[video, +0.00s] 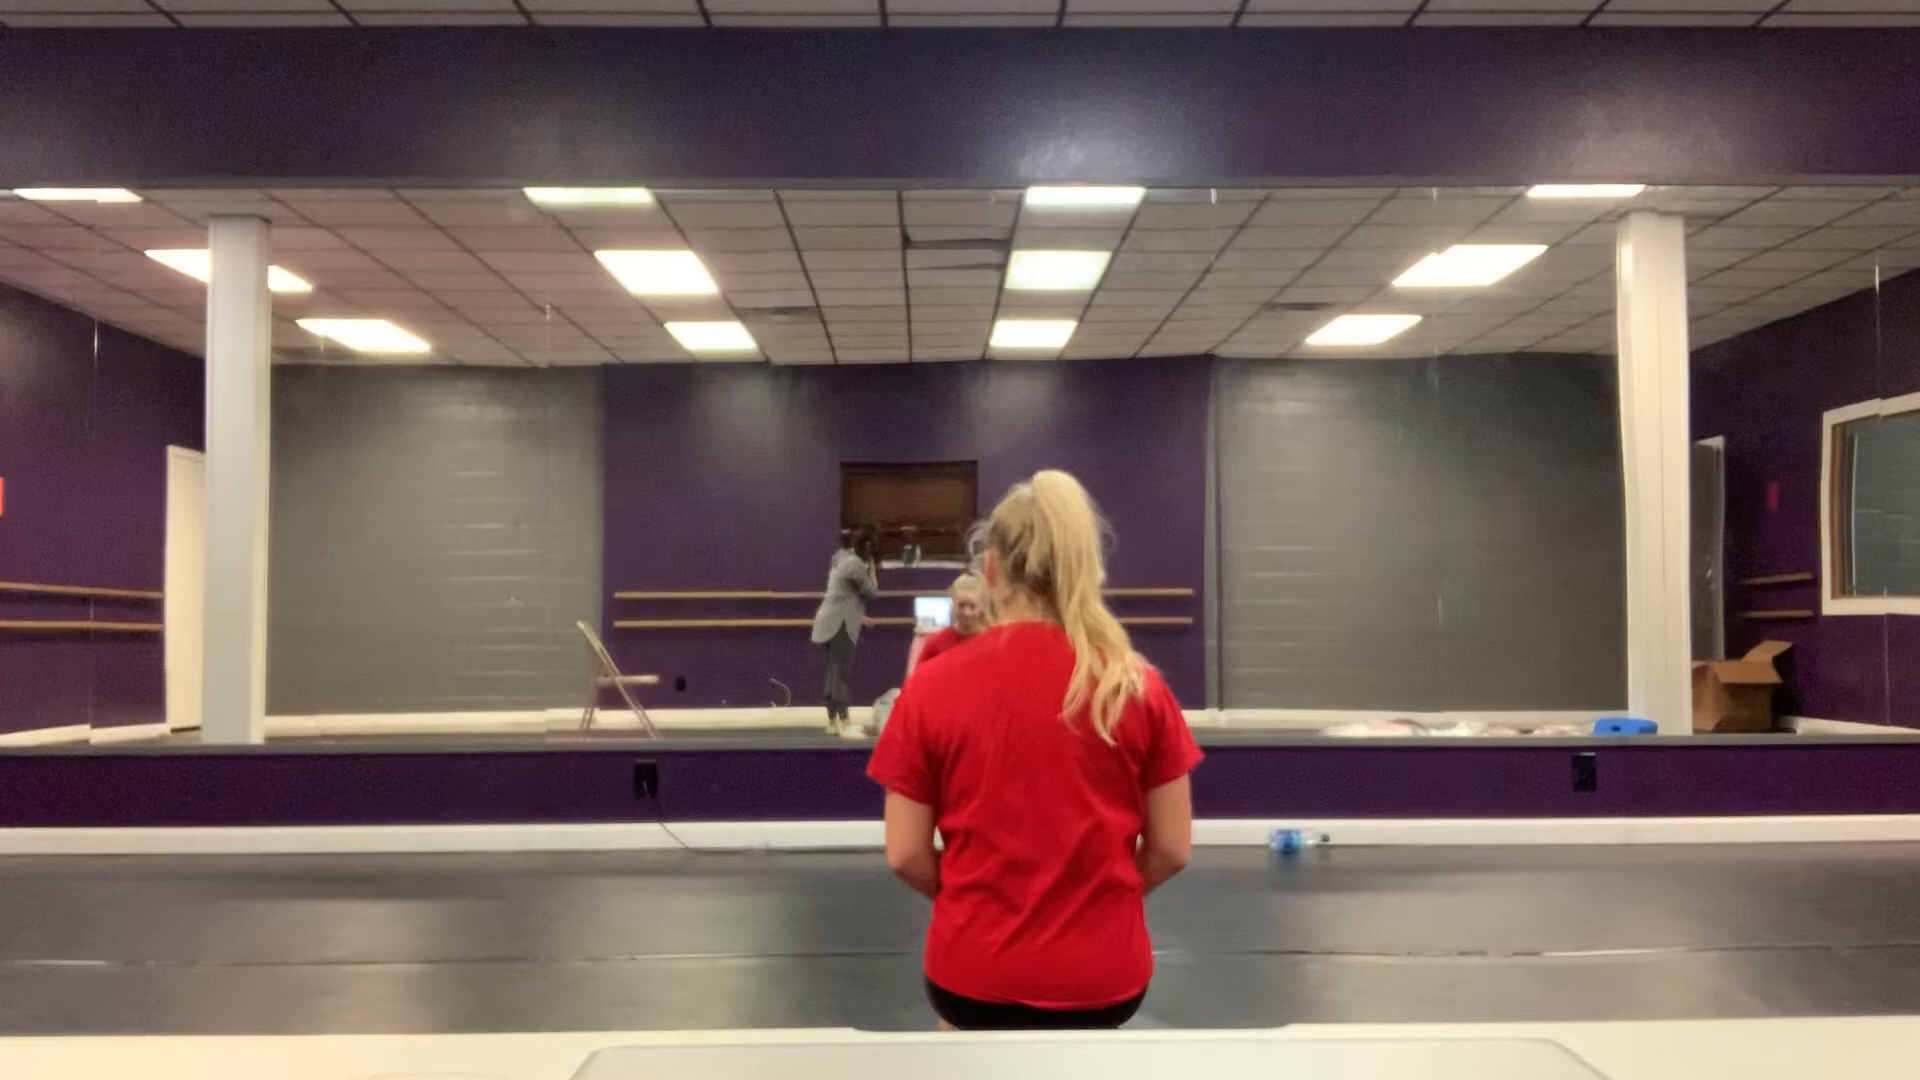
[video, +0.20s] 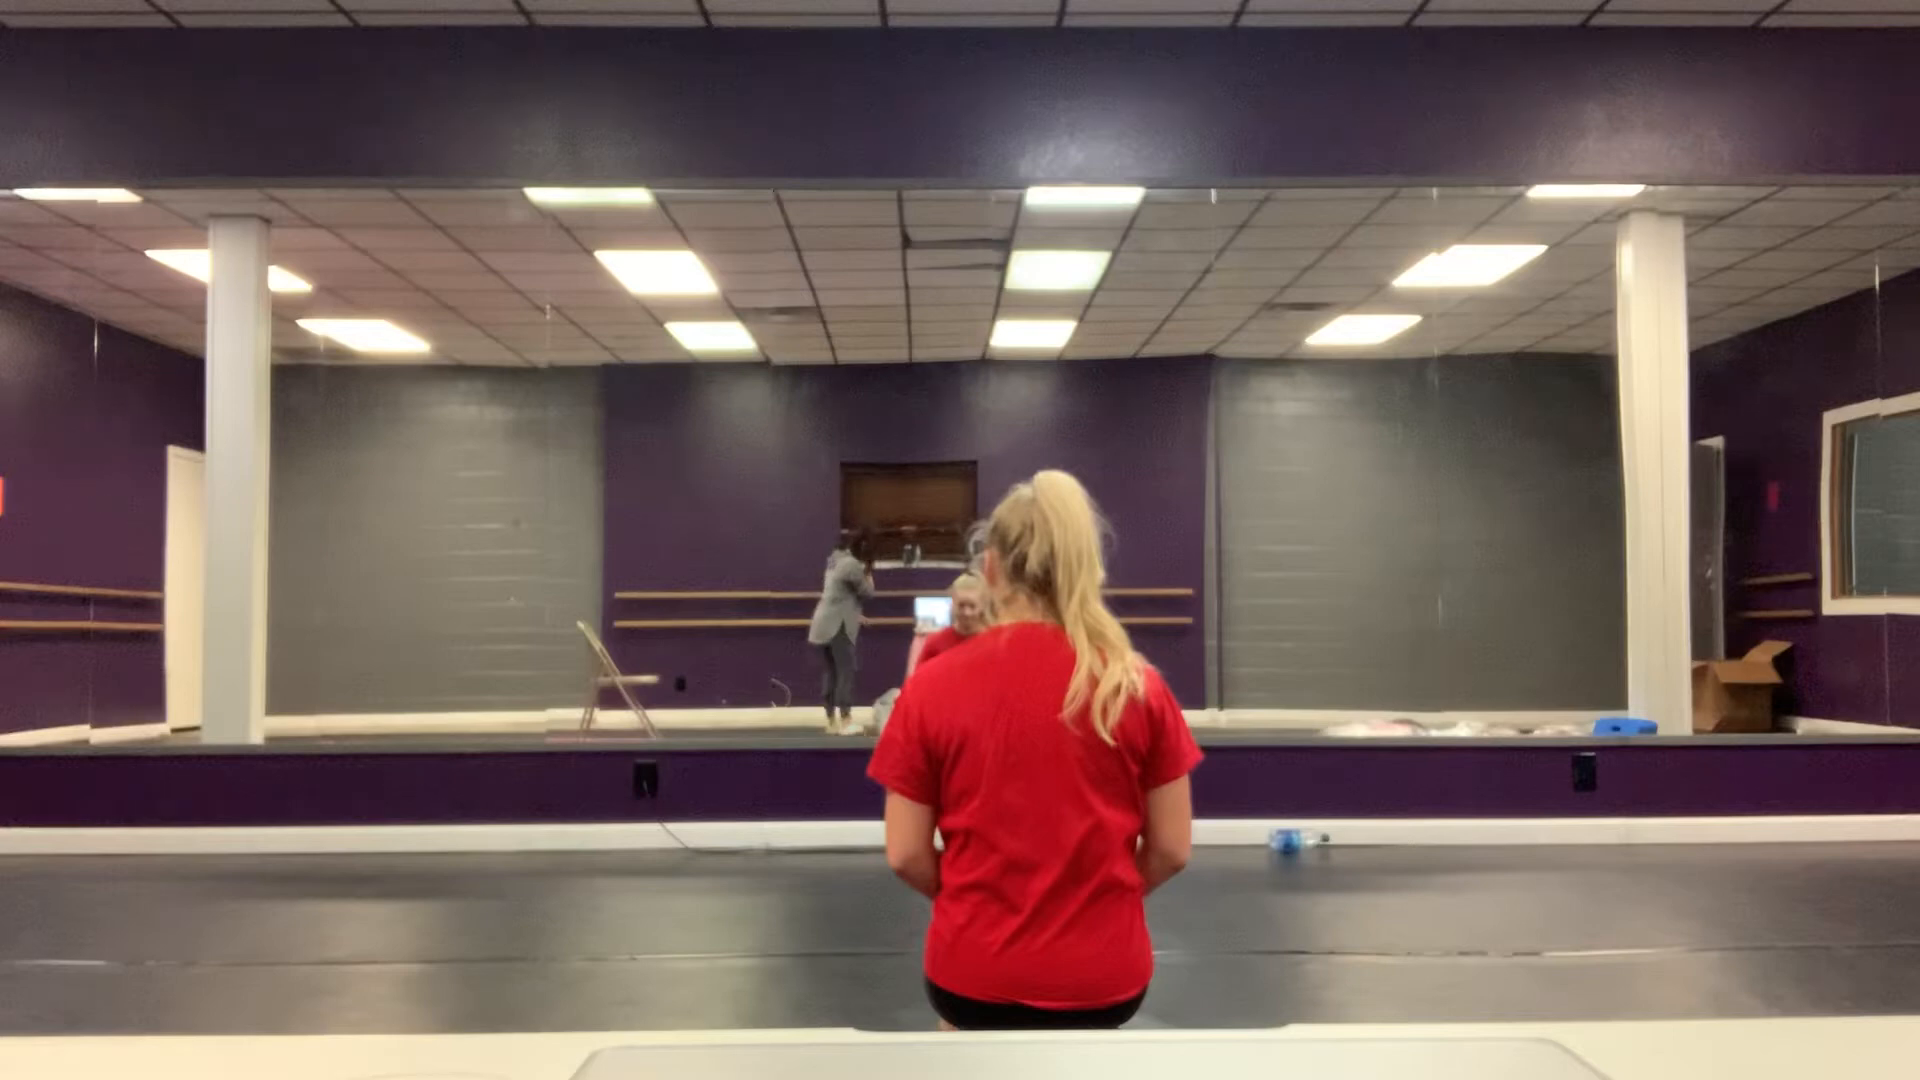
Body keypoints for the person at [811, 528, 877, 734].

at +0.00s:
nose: (873, 550)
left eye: (872, 547)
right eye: (872, 547)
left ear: (854, 544)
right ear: (867, 547)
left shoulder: (841, 560)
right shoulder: (855, 564)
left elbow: (843, 597)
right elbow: (872, 591)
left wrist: (860, 617)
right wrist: (872, 568)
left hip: (829, 620)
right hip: (842, 623)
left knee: (832, 669)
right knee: (841, 670)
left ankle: (832, 721)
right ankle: (844, 721)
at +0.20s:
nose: (869, 549)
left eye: (868, 545)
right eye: (867, 545)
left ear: (846, 543)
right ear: (860, 546)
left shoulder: (835, 560)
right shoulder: (851, 565)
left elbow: (839, 597)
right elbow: (868, 591)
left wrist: (857, 616)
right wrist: (868, 573)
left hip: (823, 625)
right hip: (838, 626)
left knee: (831, 671)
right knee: (846, 670)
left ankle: (831, 720)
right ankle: (845, 720)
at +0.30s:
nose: (866, 548)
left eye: (866, 544)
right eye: (865, 544)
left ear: (843, 542)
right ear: (858, 546)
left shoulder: (832, 560)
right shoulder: (851, 565)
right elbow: (866, 591)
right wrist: (867, 576)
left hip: (821, 625)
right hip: (841, 625)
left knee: (831, 669)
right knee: (849, 669)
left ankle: (831, 719)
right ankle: (844, 719)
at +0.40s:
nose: (867, 547)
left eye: (866, 543)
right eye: (865, 544)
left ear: (843, 542)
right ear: (858, 545)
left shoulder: (831, 559)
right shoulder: (852, 563)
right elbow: (867, 591)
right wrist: (868, 576)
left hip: (821, 625)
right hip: (842, 626)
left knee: (832, 669)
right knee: (852, 669)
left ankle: (831, 720)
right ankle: (844, 717)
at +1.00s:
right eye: (885, 545)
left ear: (861, 545)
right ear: (880, 547)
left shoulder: (847, 567)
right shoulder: (881, 565)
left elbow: (839, 597)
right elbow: (900, 578)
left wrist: (854, 601)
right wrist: (894, 555)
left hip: (850, 620)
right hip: (876, 620)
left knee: (849, 668)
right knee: (873, 670)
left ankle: (838, 703)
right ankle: (873, 713)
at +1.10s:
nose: (895, 548)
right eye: (894, 545)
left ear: (871, 544)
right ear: (888, 547)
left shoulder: (854, 566)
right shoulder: (887, 563)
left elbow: (844, 596)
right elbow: (907, 574)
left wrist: (847, 612)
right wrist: (899, 554)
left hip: (856, 616)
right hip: (880, 616)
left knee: (856, 668)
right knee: (878, 668)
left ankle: (846, 697)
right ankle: (876, 714)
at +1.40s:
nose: (903, 548)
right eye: (902, 545)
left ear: (883, 545)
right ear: (899, 546)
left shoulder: (868, 566)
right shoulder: (902, 564)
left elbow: (857, 595)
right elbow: (920, 584)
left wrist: (855, 617)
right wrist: (912, 565)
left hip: (868, 621)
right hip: (892, 621)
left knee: (874, 666)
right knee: (888, 665)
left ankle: (876, 710)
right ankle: (883, 699)